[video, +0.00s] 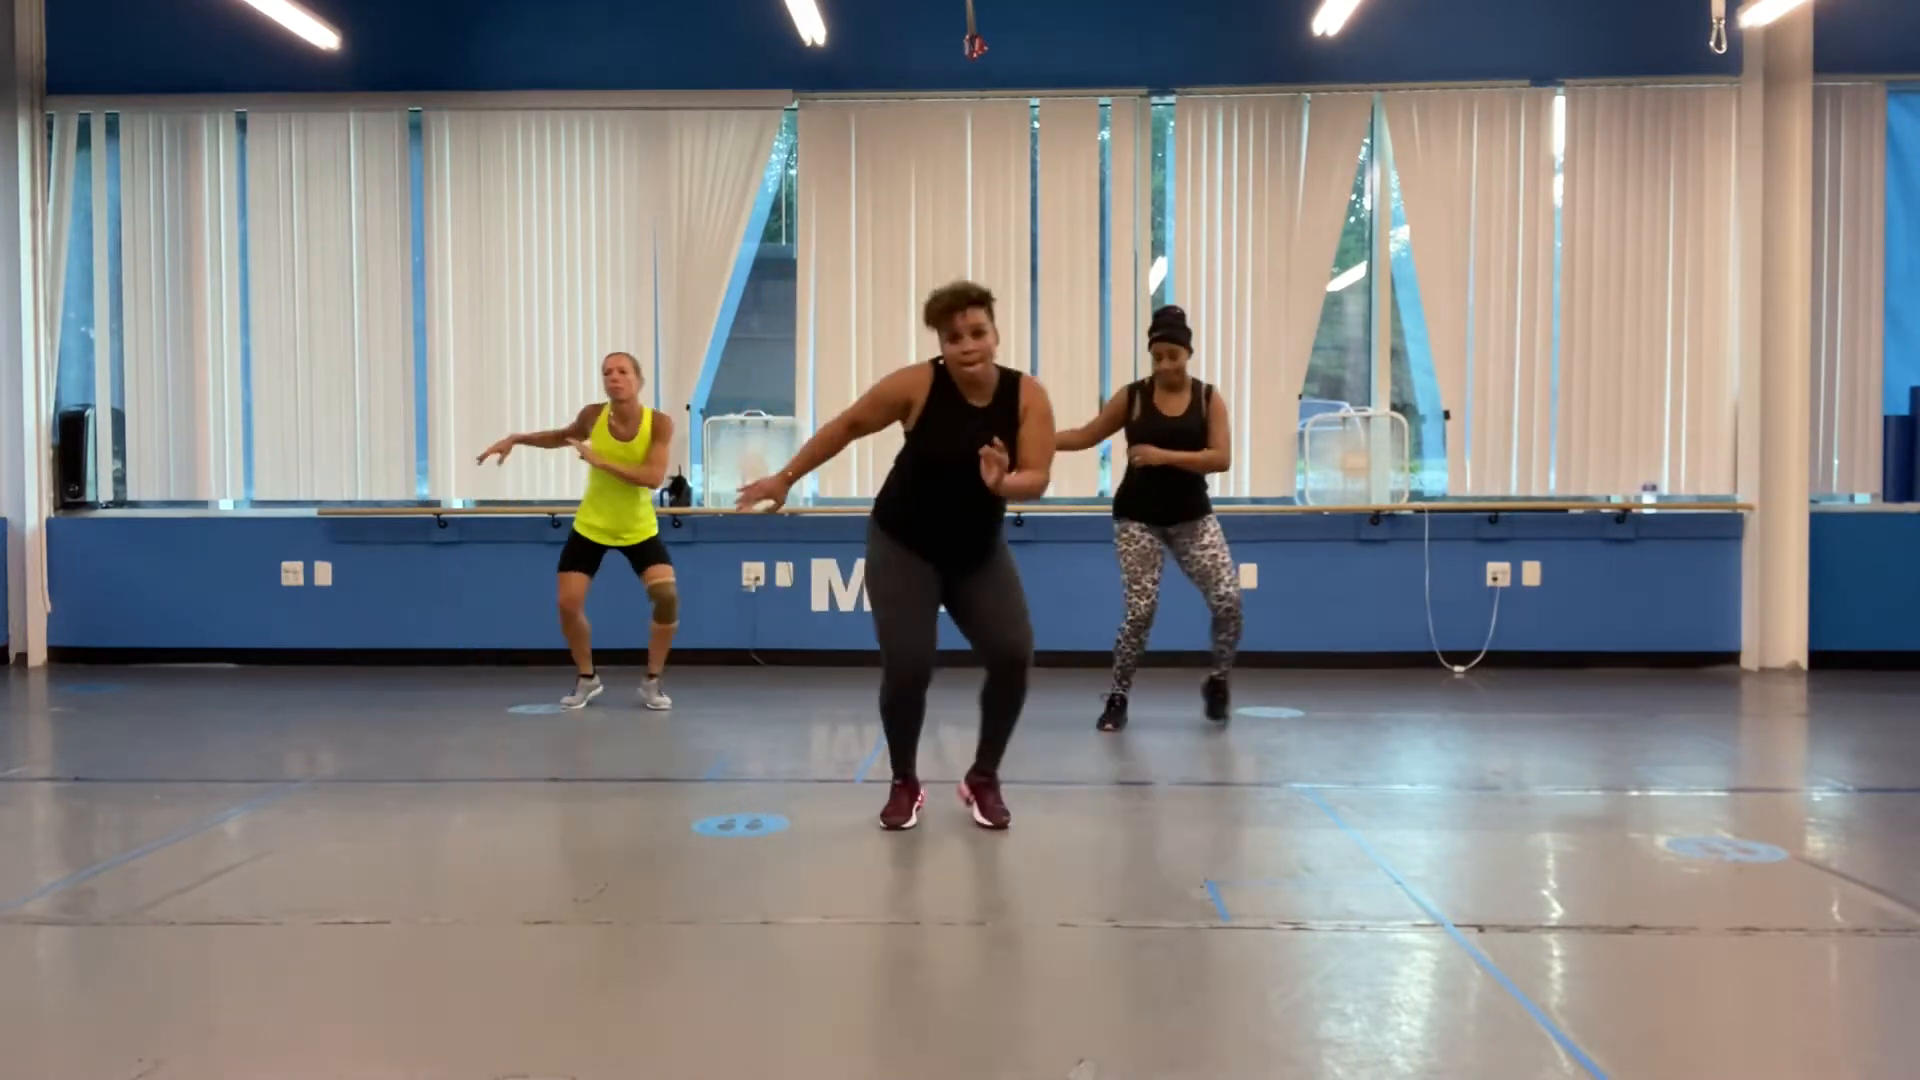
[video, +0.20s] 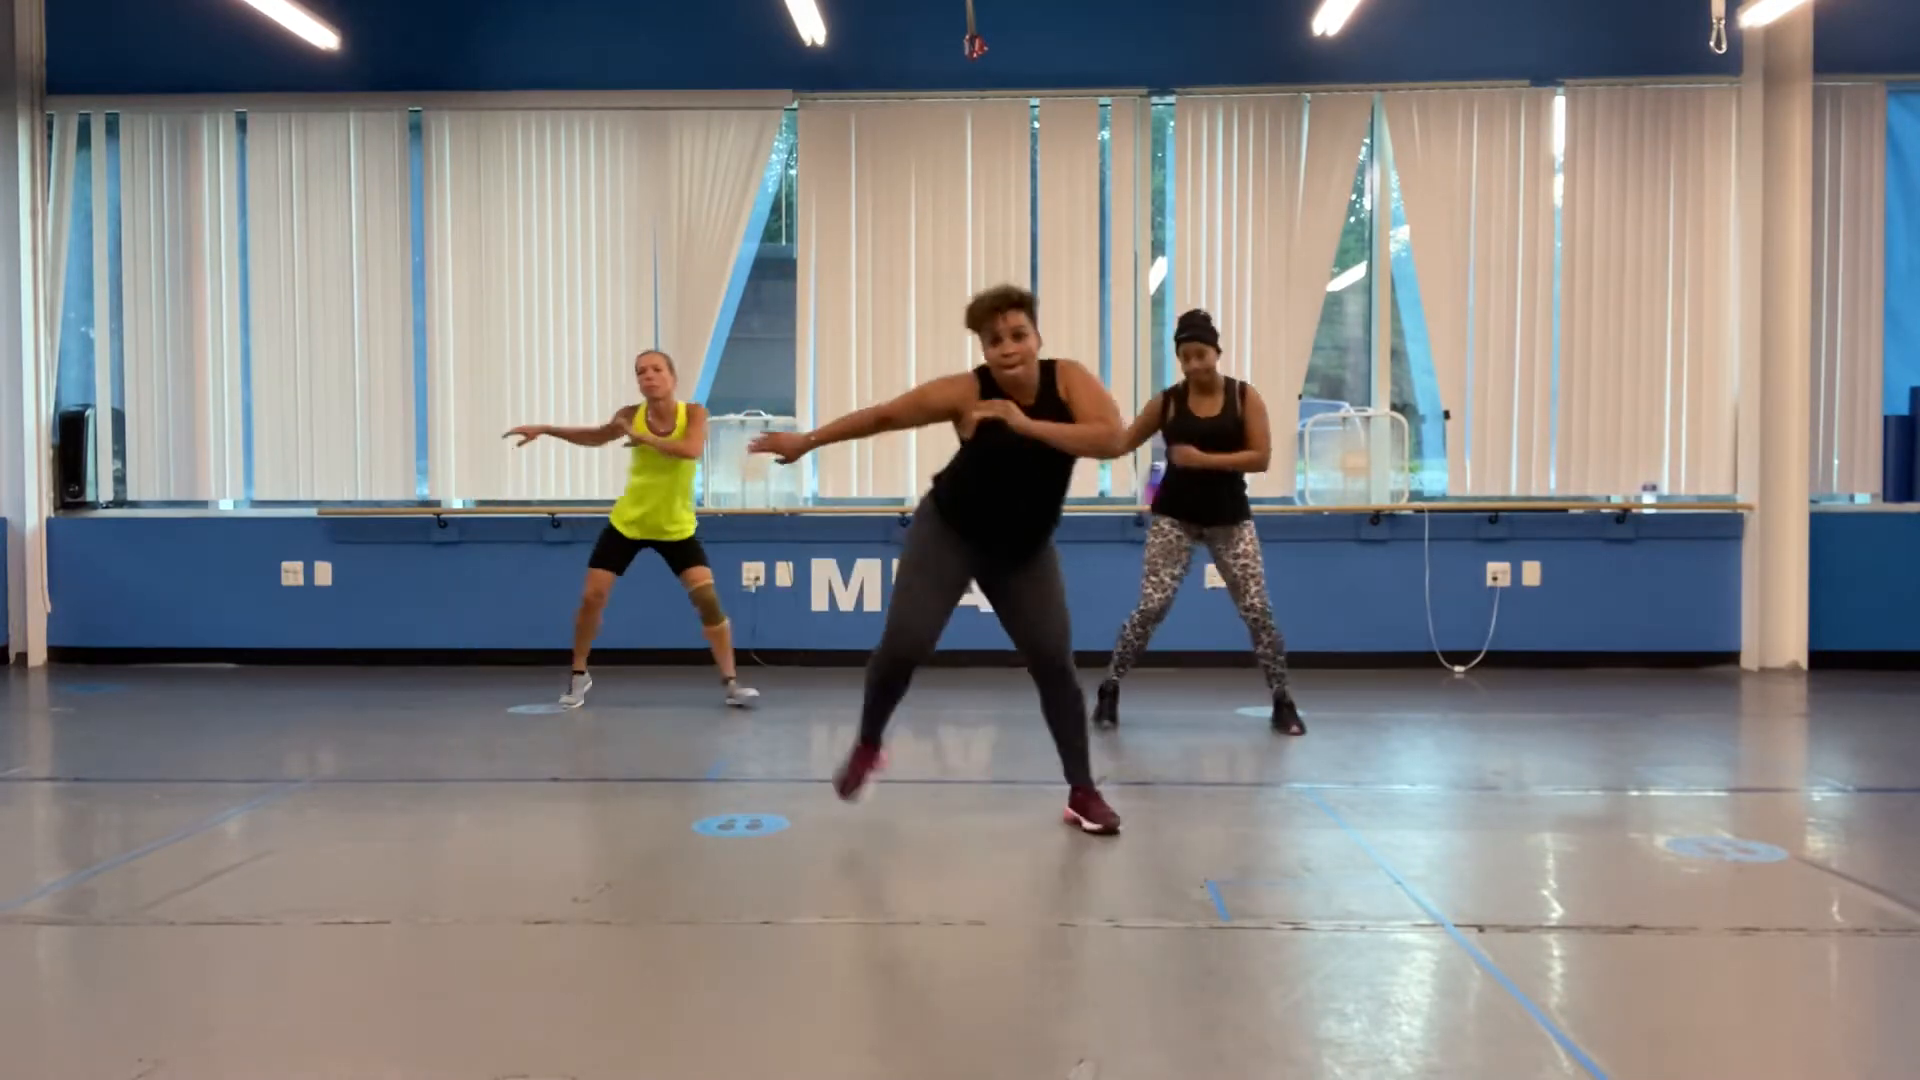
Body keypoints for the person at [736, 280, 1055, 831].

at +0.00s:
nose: (969, 346)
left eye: (978, 333)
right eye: (956, 338)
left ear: (996, 335)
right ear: (940, 344)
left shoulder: (1027, 396)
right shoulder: (913, 386)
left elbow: (1037, 479)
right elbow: (845, 428)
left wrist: (1004, 483)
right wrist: (784, 478)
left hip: (978, 548)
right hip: (904, 543)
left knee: (1013, 654)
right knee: (908, 669)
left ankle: (984, 777)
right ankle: (904, 783)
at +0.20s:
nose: (1008, 348)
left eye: (1018, 335)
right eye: (995, 340)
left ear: (1037, 337)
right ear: (981, 347)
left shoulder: (1070, 380)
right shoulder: (962, 391)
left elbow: (1111, 438)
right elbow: (883, 417)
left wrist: (1030, 424)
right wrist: (804, 442)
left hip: (1023, 547)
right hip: (948, 534)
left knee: (1055, 664)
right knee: (904, 646)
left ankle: (1083, 791)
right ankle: (867, 745)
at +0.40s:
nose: (1029, 346)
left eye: (1038, 335)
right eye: (1015, 337)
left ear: (1051, 340)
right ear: (994, 347)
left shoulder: (1085, 401)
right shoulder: (971, 413)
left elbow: (1132, 466)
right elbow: (940, 492)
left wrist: (1097, 504)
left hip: (1054, 559)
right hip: (974, 555)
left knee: (1100, 663)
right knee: (937, 656)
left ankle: (1089, 791)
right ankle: (878, 742)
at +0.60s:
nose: (1028, 334)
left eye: (1029, 324)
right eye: (1015, 325)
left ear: (1028, 329)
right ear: (975, 332)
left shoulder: (1041, 382)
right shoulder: (932, 382)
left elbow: (1118, 399)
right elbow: (914, 461)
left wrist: (1138, 438)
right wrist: (996, 476)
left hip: (1033, 544)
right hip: (952, 545)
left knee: (1067, 659)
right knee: (907, 656)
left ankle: (1097, 784)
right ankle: (896, 767)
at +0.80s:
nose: (997, 348)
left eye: (996, 338)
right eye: (984, 339)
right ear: (945, 347)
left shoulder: (1006, 413)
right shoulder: (899, 384)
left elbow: (1041, 487)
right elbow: (839, 426)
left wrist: (1078, 471)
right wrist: (917, 448)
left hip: (991, 551)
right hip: (912, 555)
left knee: (1037, 642)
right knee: (883, 674)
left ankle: (1091, 710)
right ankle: (880, 791)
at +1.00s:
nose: (937, 350)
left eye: (949, 339)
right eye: (929, 339)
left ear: (980, 332)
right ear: (922, 337)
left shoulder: (1016, 388)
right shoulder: (908, 367)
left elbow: (1021, 467)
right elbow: (825, 359)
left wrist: (1005, 460)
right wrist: (801, 415)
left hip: (986, 545)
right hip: (907, 542)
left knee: (1035, 651)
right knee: (891, 668)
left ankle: (1041, 774)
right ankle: (878, 790)